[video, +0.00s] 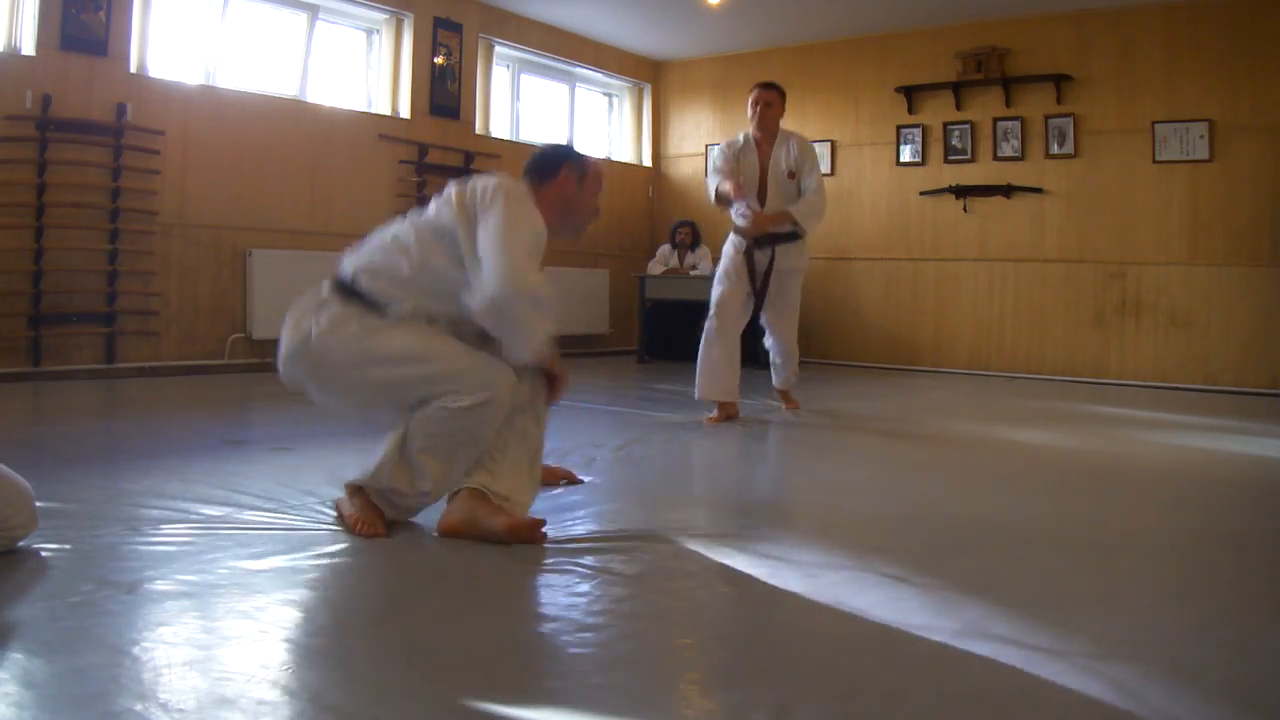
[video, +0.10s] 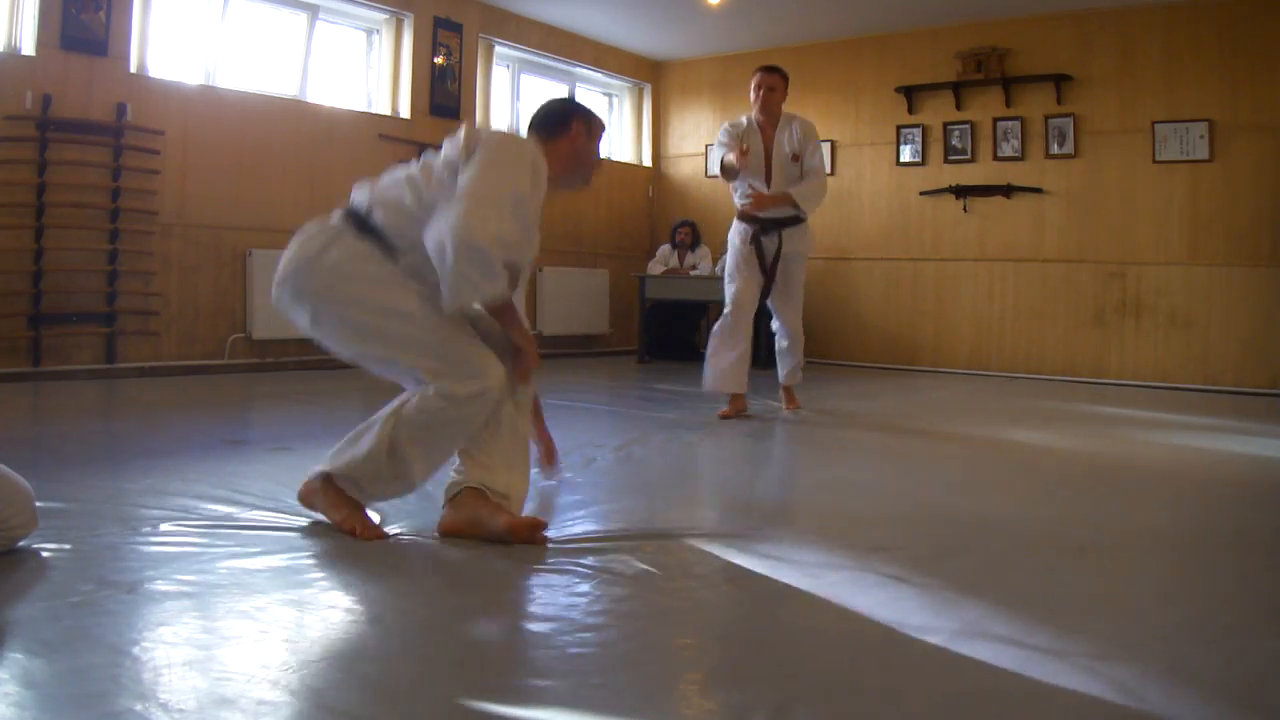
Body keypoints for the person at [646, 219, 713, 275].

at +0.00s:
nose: (682, 237)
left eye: (686, 234)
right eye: (679, 233)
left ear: (693, 236)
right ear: (674, 235)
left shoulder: (702, 251)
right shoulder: (666, 250)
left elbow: (706, 272)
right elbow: (651, 268)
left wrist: (683, 273)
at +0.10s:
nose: (682, 237)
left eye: (686, 234)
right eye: (679, 234)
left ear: (693, 237)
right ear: (674, 235)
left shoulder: (702, 251)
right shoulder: (666, 250)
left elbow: (706, 271)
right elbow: (651, 268)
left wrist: (684, 273)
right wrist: (670, 272)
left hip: (693, 298)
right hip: (667, 297)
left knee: (690, 317)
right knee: (653, 313)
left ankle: (687, 351)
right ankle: (651, 352)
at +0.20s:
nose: (682, 237)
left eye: (686, 234)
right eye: (679, 234)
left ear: (693, 237)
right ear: (674, 235)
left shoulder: (702, 251)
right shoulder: (666, 250)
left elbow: (706, 271)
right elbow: (651, 268)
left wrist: (684, 273)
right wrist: (671, 272)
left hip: (692, 298)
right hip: (667, 297)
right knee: (653, 314)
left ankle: (686, 352)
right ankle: (651, 352)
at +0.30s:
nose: (682, 237)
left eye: (686, 234)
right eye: (679, 234)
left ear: (693, 237)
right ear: (674, 236)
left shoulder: (702, 251)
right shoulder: (666, 250)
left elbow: (706, 271)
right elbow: (651, 268)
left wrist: (684, 273)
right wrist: (671, 272)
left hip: (692, 298)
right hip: (667, 298)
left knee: (686, 319)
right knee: (653, 315)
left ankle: (685, 353)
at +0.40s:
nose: (682, 237)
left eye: (686, 234)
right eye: (679, 234)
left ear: (693, 237)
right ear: (674, 235)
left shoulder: (702, 251)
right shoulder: (666, 250)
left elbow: (706, 271)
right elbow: (651, 268)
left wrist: (685, 273)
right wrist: (671, 272)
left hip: (692, 298)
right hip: (667, 297)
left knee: (686, 318)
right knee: (653, 315)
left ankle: (686, 352)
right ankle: (653, 352)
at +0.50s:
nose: (682, 237)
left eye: (686, 234)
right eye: (679, 234)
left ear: (693, 237)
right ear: (674, 235)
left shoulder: (702, 251)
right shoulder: (666, 249)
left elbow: (706, 271)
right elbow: (651, 268)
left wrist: (684, 273)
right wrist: (671, 272)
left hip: (692, 298)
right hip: (667, 297)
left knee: (687, 317)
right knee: (653, 314)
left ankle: (686, 352)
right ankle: (653, 352)